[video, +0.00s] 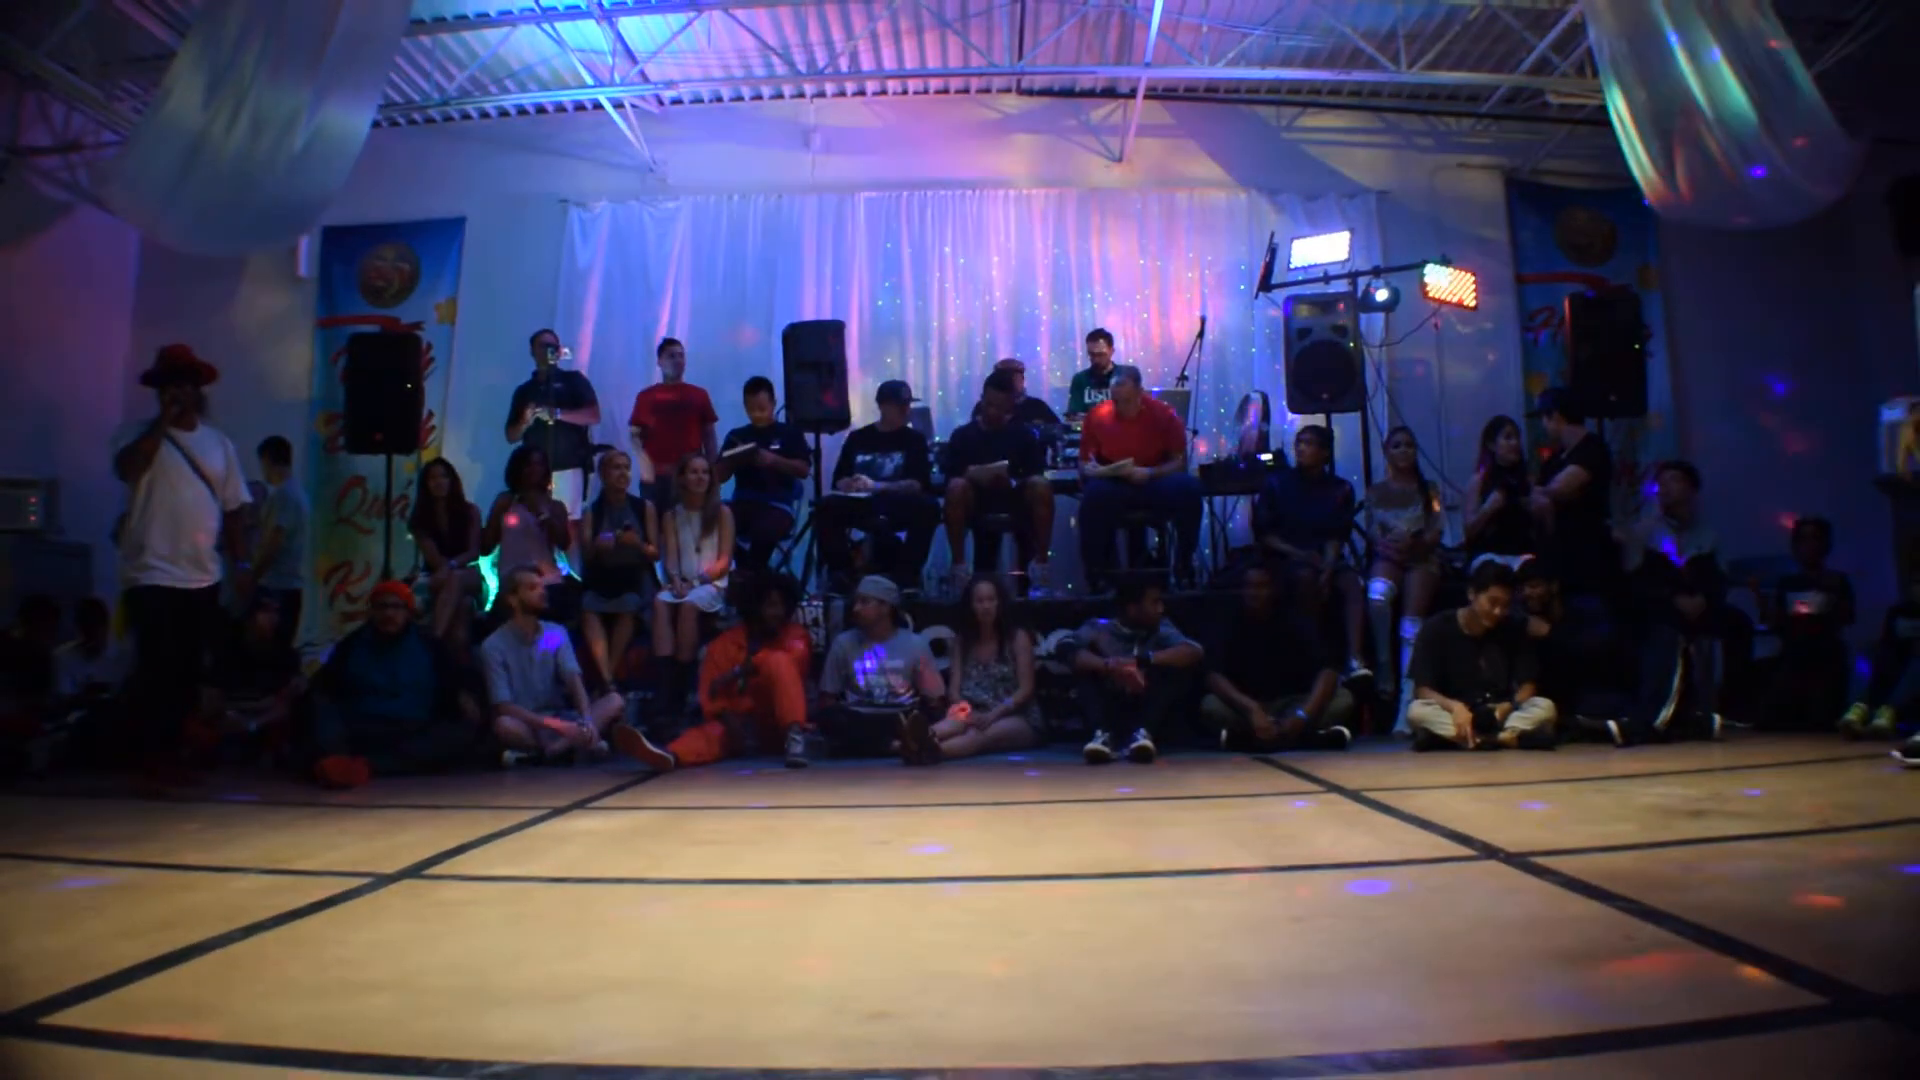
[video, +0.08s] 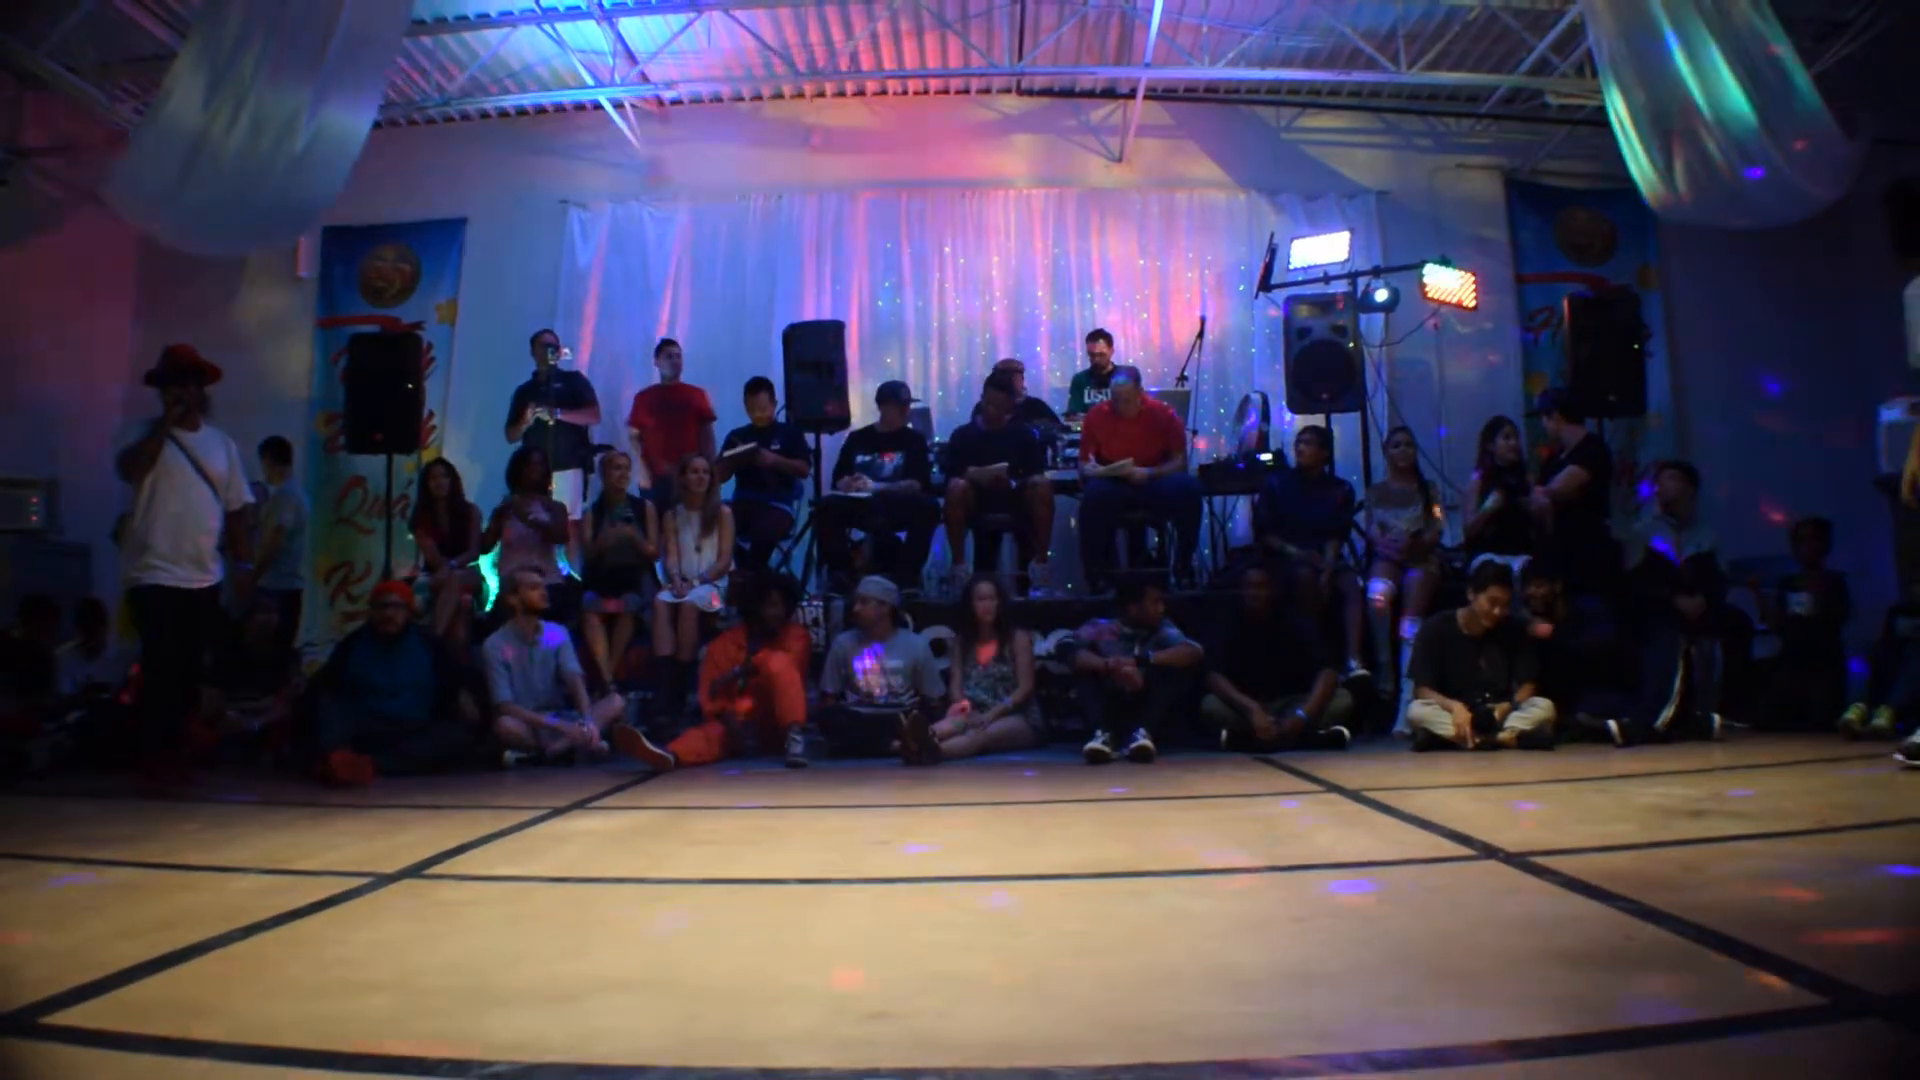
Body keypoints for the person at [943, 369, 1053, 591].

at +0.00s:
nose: (994, 413)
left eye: (1002, 408)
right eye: (990, 405)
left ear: (1012, 408)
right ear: (982, 402)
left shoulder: (1023, 435)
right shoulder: (963, 435)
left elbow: (1035, 471)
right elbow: (951, 472)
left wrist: (1006, 476)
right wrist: (976, 474)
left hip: (1013, 493)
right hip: (977, 493)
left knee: (1040, 486)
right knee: (957, 487)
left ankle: (1041, 563)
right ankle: (958, 565)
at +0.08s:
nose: (994, 413)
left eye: (1002, 409)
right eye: (990, 405)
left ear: (1013, 409)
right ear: (982, 401)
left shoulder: (1024, 435)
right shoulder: (964, 435)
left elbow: (1036, 471)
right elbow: (951, 470)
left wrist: (1008, 478)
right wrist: (979, 474)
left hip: (1014, 494)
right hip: (977, 495)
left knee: (1040, 486)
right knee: (957, 487)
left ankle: (1040, 562)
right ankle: (959, 565)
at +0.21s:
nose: (989, 404)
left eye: (996, 399)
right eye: (987, 398)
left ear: (1010, 400)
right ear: (982, 398)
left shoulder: (1024, 435)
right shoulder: (963, 435)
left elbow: (1036, 474)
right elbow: (950, 475)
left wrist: (1009, 479)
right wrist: (972, 473)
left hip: (1013, 494)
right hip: (976, 494)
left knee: (1040, 487)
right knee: (956, 487)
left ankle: (1039, 562)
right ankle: (958, 564)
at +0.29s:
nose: (987, 400)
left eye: (994, 394)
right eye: (985, 393)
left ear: (1009, 399)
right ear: (980, 395)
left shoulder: (1024, 434)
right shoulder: (963, 434)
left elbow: (1036, 473)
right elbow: (950, 473)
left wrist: (1008, 479)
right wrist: (973, 473)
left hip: (1013, 493)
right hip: (976, 494)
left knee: (1040, 487)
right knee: (956, 487)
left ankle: (1040, 563)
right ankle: (958, 564)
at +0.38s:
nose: (987, 399)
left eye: (995, 394)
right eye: (985, 392)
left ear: (1009, 399)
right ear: (980, 395)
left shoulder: (1024, 434)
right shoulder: (963, 434)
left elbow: (1034, 473)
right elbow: (950, 470)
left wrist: (1008, 480)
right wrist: (974, 473)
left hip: (1012, 492)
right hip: (976, 493)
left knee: (1040, 486)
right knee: (956, 487)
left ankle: (1041, 561)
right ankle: (958, 564)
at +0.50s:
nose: (987, 397)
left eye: (994, 392)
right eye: (984, 391)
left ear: (1008, 396)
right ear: (979, 392)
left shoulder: (1023, 434)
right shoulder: (963, 434)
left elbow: (1034, 472)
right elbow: (949, 469)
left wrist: (1009, 481)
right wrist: (972, 473)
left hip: (1012, 492)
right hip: (977, 492)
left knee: (1040, 486)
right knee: (956, 487)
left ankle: (1040, 562)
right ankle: (958, 565)